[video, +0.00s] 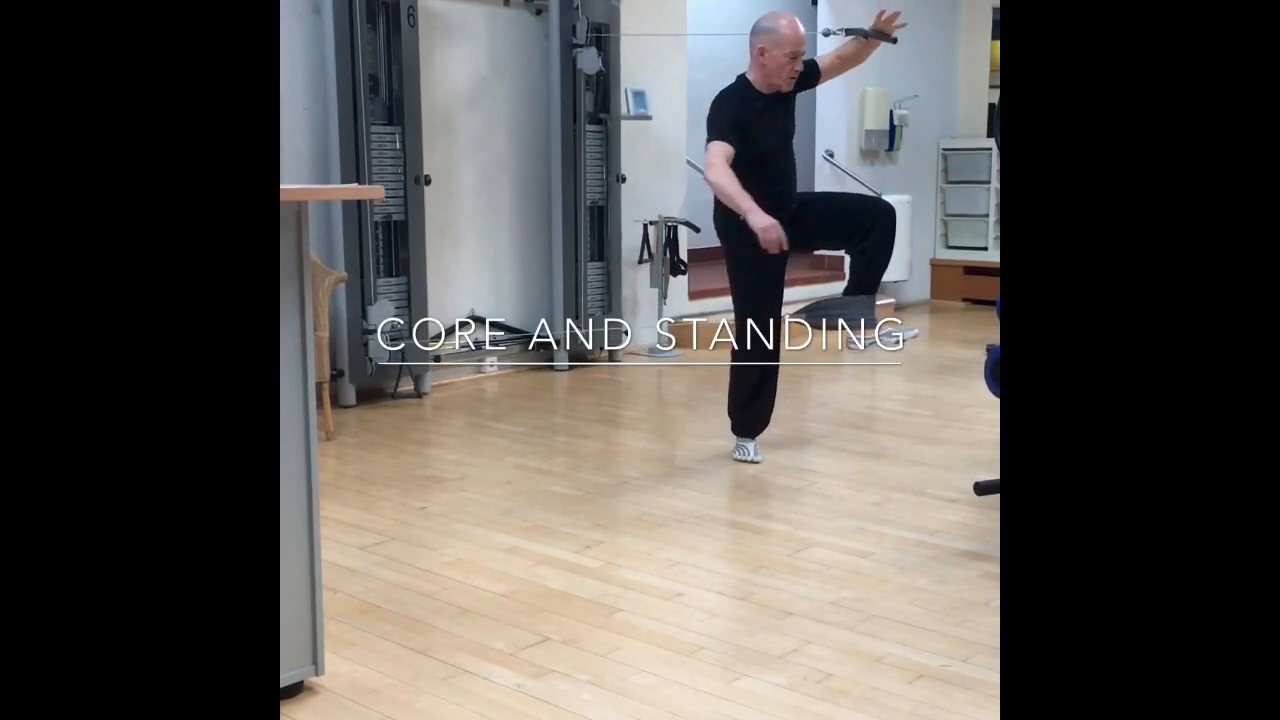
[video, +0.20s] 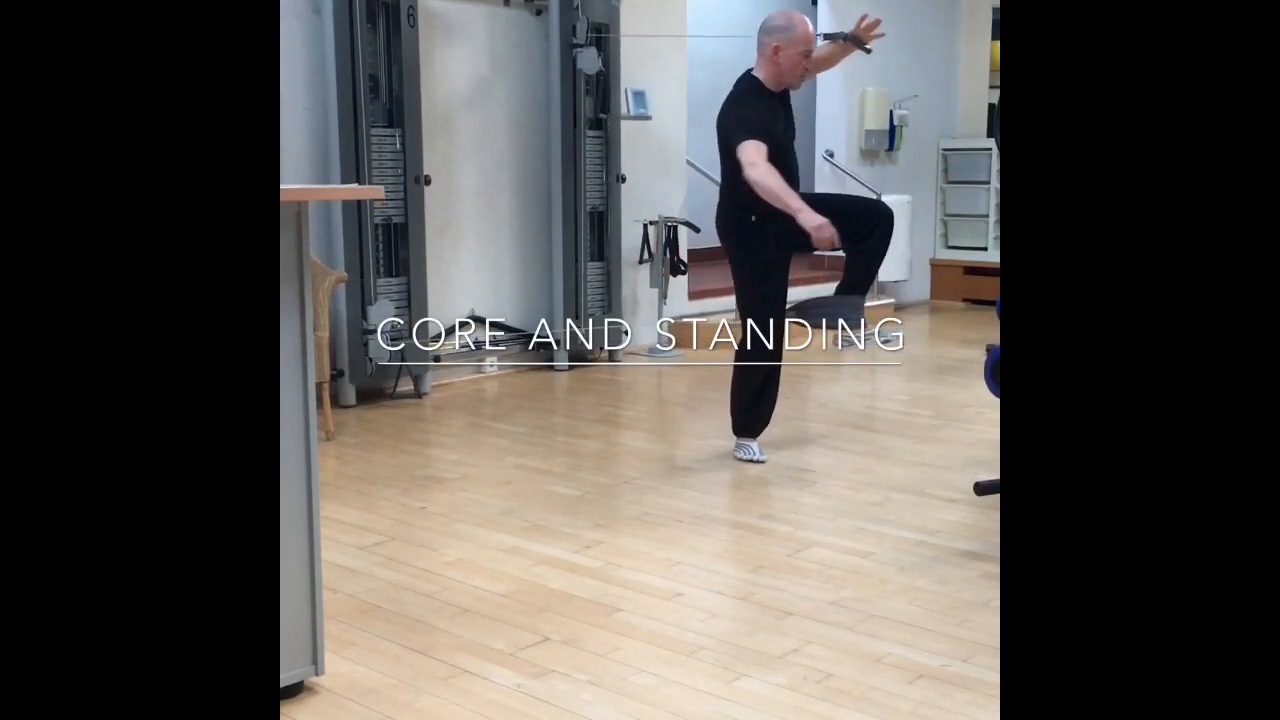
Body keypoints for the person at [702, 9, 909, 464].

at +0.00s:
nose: (802, 65)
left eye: (803, 56)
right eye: (794, 57)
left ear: (771, 55)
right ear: (761, 54)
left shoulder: (788, 82)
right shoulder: (731, 104)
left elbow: (839, 61)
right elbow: (715, 170)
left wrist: (875, 36)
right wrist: (755, 215)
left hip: (791, 213)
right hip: (748, 227)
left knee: (877, 216)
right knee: (758, 328)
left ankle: (856, 314)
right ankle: (745, 433)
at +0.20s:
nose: (810, 63)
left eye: (810, 56)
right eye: (804, 56)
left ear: (779, 53)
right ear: (774, 53)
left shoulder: (774, 84)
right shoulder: (746, 104)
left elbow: (814, 62)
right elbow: (755, 169)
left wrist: (852, 40)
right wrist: (805, 214)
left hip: (787, 211)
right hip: (751, 225)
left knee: (876, 217)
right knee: (762, 329)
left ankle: (845, 306)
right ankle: (746, 434)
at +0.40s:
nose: (816, 65)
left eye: (818, 57)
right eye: (813, 56)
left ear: (785, 50)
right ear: (788, 50)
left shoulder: (757, 81)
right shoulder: (760, 98)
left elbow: (796, 54)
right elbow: (802, 160)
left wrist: (825, 38)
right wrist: (866, 197)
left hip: (786, 214)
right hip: (757, 227)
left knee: (867, 221)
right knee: (766, 330)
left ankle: (829, 310)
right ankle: (747, 435)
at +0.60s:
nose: (819, 61)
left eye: (821, 51)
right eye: (818, 52)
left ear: (781, 48)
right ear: (798, 49)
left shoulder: (745, 79)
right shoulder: (780, 100)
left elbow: (773, 59)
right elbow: (836, 149)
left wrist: (813, 36)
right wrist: (911, 175)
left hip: (776, 212)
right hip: (764, 228)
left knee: (856, 224)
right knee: (771, 332)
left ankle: (813, 311)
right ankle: (747, 435)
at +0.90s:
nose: (834, 60)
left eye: (833, 52)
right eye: (835, 52)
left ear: (790, 48)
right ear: (828, 52)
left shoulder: (752, 86)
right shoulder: (822, 103)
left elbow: (725, 88)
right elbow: (893, 143)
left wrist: (773, 64)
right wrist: (968, 142)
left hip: (733, 220)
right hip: (774, 230)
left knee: (806, 232)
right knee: (775, 331)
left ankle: (763, 318)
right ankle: (747, 431)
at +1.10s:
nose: (817, 56)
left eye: (799, 47)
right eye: (832, 51)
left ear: (792, 50)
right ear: (834, 55)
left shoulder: (755, 87)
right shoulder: (845, 104)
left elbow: (709, 95)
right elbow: (922, 133)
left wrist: (750, 75)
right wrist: (957, 118)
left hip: (738, 217)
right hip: (789, 232)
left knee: (749, 246)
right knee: (777, 330)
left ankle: (727, 318)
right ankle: (749, 432)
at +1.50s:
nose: (784, 69)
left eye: (784, 63)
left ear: (784, 66)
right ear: (826, 70)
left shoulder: (755, 101)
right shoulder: (845, 112)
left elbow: (703, 121)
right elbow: (915, 150)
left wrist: (736, 135)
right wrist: (922, 162)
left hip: (748, 225)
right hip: (802, 238)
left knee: (707, 278)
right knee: (780, 337)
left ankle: (688, 351)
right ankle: (752, 433)